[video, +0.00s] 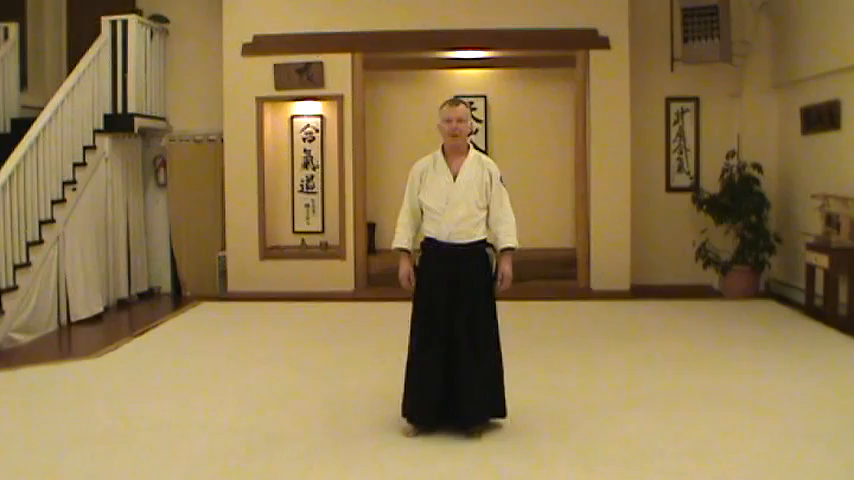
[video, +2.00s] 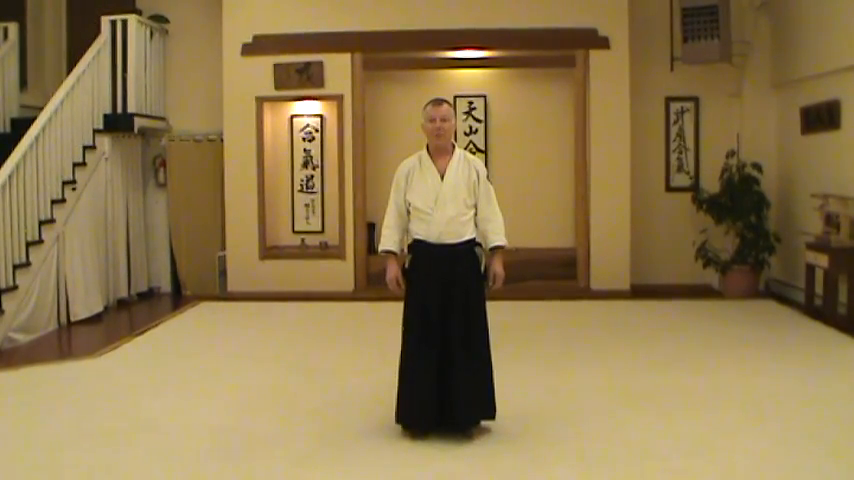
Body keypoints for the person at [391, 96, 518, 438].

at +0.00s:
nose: (455, 126)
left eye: (461, 121)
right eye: (448, 121)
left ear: (472, 125)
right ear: (438, 126)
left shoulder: (487, 167)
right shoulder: (423, 168)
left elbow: (501, 213)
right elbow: (409, 213)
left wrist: (506, 256)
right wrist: (404, 256)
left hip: (473, 258)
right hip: (434, 258)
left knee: (473, 334)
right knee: (429, 333)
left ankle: (474, 413)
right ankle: (422, 412)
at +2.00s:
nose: (439, 126)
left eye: (445, 120)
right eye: (432, 120)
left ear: (455, 124)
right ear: (423, 126)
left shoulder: (472, 166)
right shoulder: (408, 168)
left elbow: (488, 211)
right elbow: (395, 214)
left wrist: (495, 255)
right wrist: (391, 258)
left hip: (463, 259)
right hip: (423, 259)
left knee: (464, 334)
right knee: (423, 335)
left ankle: (464, 415)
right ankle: (420, 416)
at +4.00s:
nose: (435, 127)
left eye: (441, 121)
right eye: (428, 121)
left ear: (452, 125)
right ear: (419, 127)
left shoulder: (470, 167)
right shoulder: (406, 170)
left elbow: (486, 212)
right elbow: (393, 217)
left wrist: (494, 256)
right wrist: (391, 261)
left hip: (462, 260)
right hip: (422, 260)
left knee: (463, 336)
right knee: (422, 337)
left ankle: (464, 416)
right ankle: (420, 418)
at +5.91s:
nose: (436, 126)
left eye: (442, 120)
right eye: (430, 120)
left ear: (453, 125)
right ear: (420, 126)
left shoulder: (470, 167)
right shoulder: (406, 170)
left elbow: (486, 213)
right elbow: (393, 217)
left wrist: (494, 257)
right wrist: (391, 261)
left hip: (462, 260)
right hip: (422, 260)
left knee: (463, 337)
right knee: (423, 338)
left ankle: (465, 417)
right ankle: (421, 419)